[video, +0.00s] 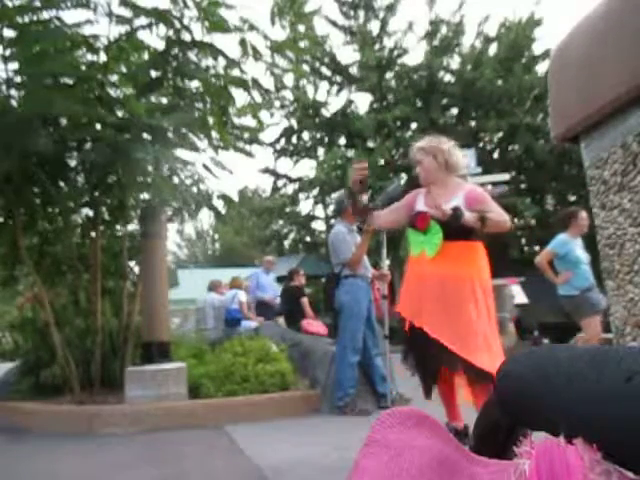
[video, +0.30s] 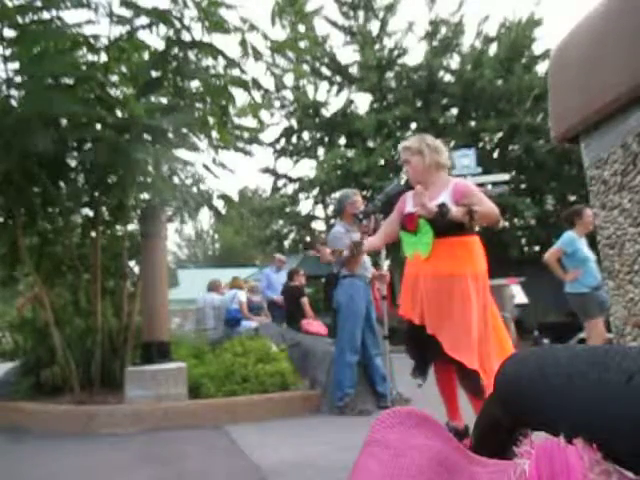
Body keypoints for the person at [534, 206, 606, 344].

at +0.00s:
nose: (587, 223)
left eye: (587, 219)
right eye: (583, 219)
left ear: (587, 222)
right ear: (573, 222)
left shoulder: (578, 240)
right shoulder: (562, 240)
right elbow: (540, 259)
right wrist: (555, 279)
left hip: (588, 288)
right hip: (574, 292)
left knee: (594, 333)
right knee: (593, 334)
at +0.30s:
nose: (592, 221)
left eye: (592, 217)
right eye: (589, 217)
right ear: (578, 220)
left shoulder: (581, 239)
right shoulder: (570, 238)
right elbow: (549, 257)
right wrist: (563, 276)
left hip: (592, 288)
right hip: (581, 290)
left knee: (596, 335)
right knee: (598, 335)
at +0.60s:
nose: (594, 217)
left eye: (593, 214)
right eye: (590, 214)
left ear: (583, 218)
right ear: (581, 217)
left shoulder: (582, 237)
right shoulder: (574, 235)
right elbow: (556, 254)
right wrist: (570, 273)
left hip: (594, 287)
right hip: (584, 289)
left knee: (596, 335)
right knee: (594, 335)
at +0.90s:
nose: (594, 217)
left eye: (593, 213)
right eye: (591, 214)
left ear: (584, 217)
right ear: (581, 217)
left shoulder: (585, 237)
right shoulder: (576, 234)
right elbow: (559, 253)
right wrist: (573, 272)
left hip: (595, 287)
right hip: (585, 288)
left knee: (597, 334)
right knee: (594, 334)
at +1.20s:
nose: (594, 217)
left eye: (593, 213)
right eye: (591, 213)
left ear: (584, 217)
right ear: (581, 216)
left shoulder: (585, 236)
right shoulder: (577, 234)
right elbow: (559, 253)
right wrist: (573, 272)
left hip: (595, 287)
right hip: (585, 288)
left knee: (597, 333)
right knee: (594, 334)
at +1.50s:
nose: (594, 216)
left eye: (593, 212)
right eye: (590, 213)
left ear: (584, 216)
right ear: (582, 216)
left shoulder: (586, 236)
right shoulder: (577, 234)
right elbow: (557, 253)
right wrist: (571, 272)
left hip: (594, 287)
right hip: (585, 288)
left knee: (597, 334)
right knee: (595, 335)